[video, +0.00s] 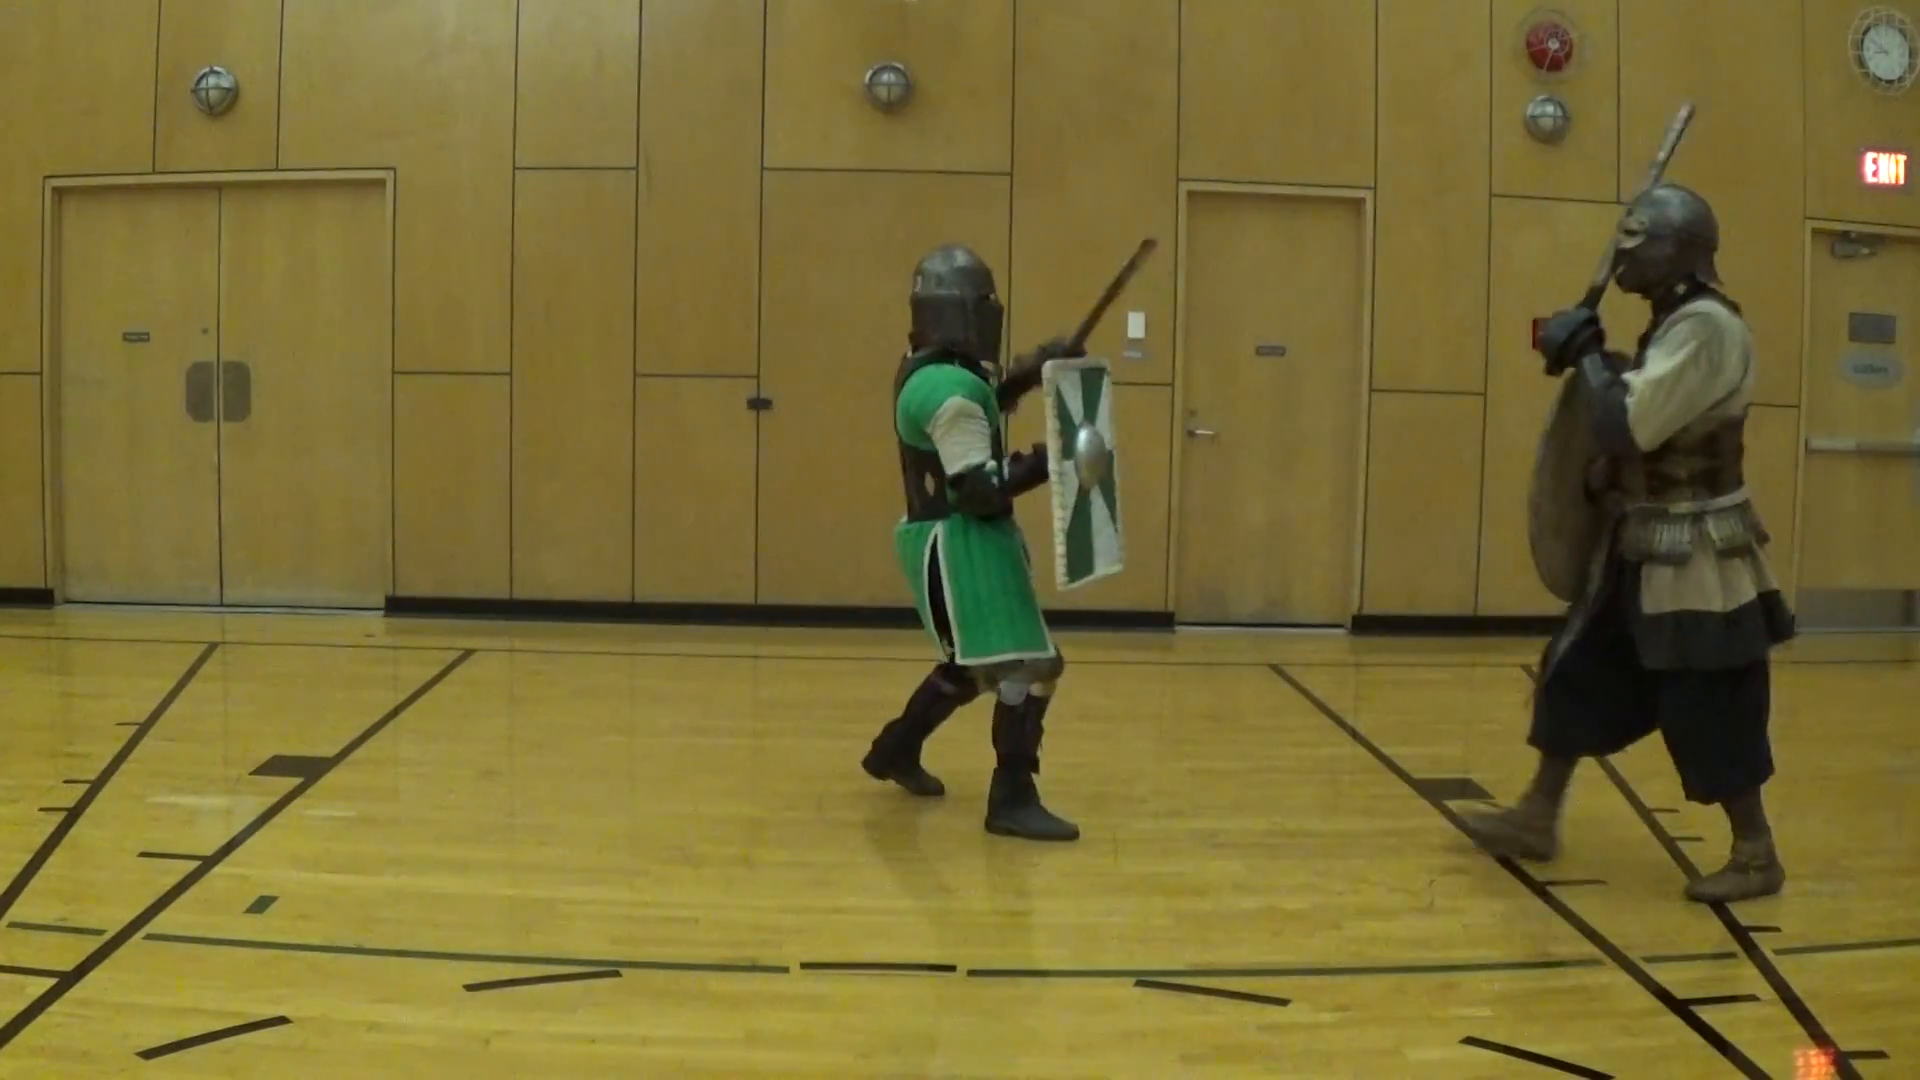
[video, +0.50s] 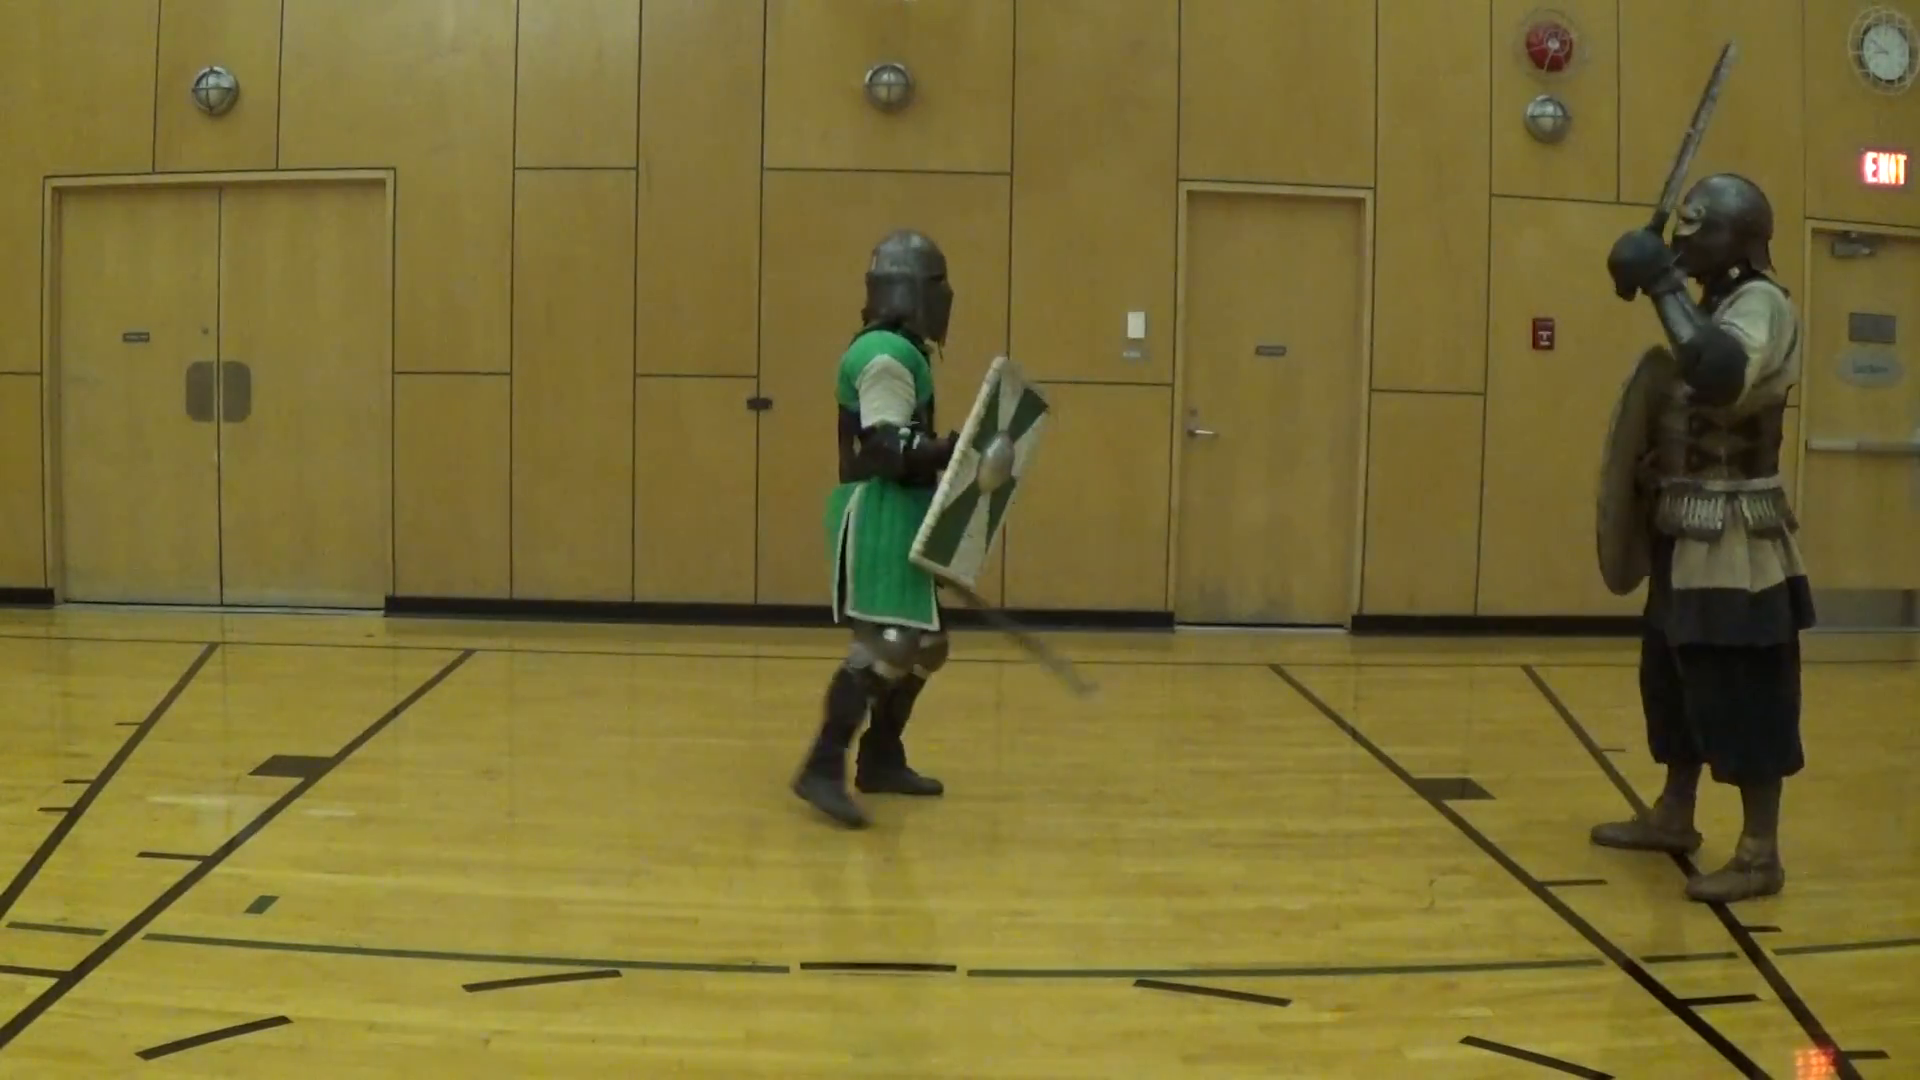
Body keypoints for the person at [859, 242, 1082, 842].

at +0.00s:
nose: (993, 314)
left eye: (989, 304)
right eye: (984, 304)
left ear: (930, 314)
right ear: (963, 313)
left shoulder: (943, 375)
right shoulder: (948, 388)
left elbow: (991, 400)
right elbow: (979, 491)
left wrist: (1037, 365)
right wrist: (1054, 460)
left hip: (946, 535)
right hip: (965, 540)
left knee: (976, 660)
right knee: (1033, 665)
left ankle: (897, 746)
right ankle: (1013, 800)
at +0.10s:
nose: (983, 317)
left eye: (980, 306)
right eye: (975, 307)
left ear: (921, 316)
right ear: (953, 314)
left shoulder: (942, 379)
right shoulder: (934, 387)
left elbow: (966, 442)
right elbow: (954, 488)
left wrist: (1025, 415)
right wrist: (1031, 463)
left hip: (944, 532)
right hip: (951, 538)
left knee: (964, 659)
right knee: (1020, 662)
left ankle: (886, 751)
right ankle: (1011, 800)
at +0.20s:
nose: (973, 319)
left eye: (971, 308)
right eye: (965, 308)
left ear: (914, 316)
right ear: (941, 315)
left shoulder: (931, 379)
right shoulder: (918, 384)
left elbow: (945, 470)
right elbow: (930, 483)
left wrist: (995, 455)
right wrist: (1000, 463)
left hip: (939, 529)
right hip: (928, 533)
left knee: (953, 655)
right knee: (983, 658)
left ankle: (882, 756)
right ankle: (1008, 795)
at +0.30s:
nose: (966, 313)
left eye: (963, 302)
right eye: (957, 302)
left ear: (908, 308)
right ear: (928, 308)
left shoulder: (924, 372)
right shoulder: (904, 376)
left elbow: (930, 467)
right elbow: (909, 473)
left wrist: (989, 467)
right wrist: (986, 465)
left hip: (923, 525)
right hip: (905, 527)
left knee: (938, 652)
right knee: (956, 653)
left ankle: (881, 756)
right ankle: (974, 791)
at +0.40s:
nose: (956, 308)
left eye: (953, 297)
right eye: (949, 297)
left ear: (896, 300)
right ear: (926, 301)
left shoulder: (908, 360)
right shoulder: (895, 364)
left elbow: (916, 456)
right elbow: (895, 456)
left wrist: (977, 462)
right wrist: (976, 461)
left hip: (909, 515)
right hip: (893, 518)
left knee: (936, 645)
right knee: (924, 646)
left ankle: (882, 756)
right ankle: (896, 784)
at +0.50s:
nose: (945, 297)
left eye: (943, 286)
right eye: (936, 286)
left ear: (892, 291)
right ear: (908, 292)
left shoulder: (907, 354)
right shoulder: (885, 357)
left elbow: (905, 449)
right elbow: (883, 450)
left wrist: (962, 460)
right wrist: (960, 453)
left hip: (902, 510)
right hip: (875, 511)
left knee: (925, 644)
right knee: (889, 640)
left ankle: (880, 760)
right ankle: (821, 769)